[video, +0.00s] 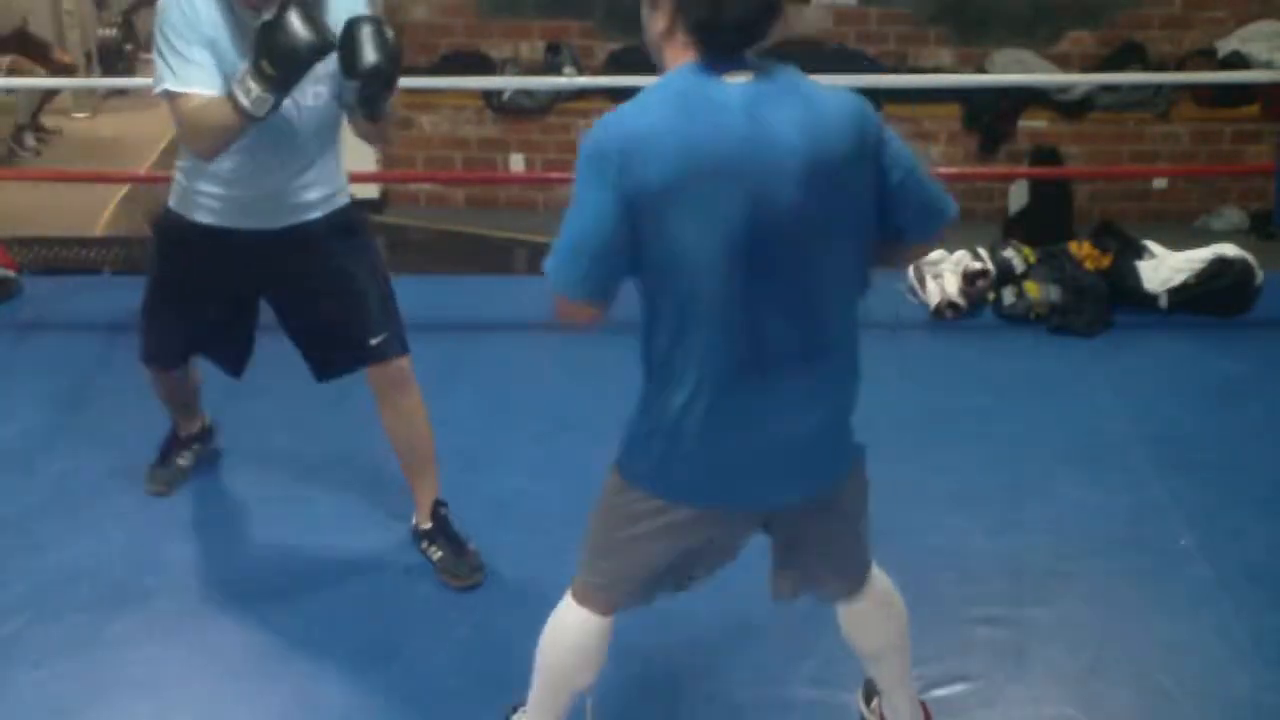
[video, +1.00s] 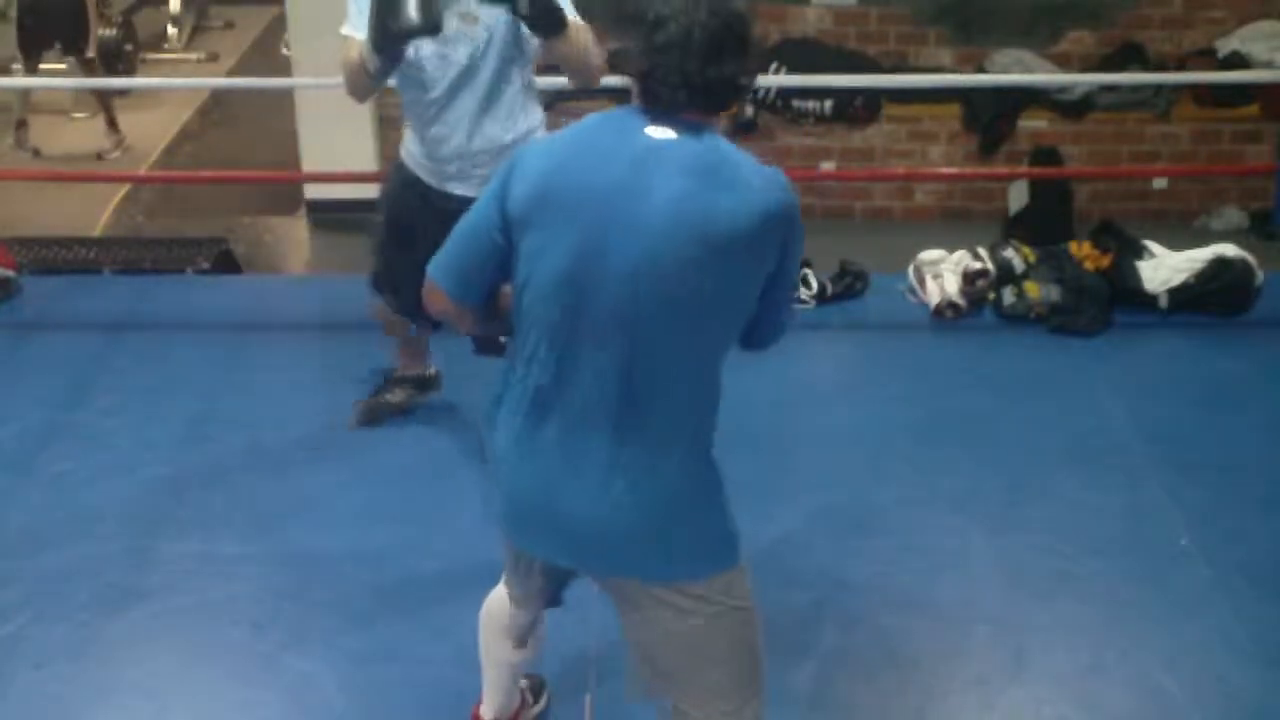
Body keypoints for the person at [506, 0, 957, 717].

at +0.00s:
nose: (646, 15)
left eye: (649, 5)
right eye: (649, 4)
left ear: (668, 16)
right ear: (760, 21)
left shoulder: (624, 139)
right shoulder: (841, 117)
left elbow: (577, 304)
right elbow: (923, 225)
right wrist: (823, 249)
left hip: (685, 446)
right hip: (815, 434)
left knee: (591, 603)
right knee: (855, 584)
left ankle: (538, 715)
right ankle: (903, 710)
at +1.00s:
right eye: (747, 70)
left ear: (635, 67)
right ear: (738, 85)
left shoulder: (543, 159)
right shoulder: (762, 196)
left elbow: (444, 294)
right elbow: (759, 329)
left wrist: (504, 323)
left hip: (531, 478)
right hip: (659, 511)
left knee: (520, 597)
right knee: (726, 705)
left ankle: (497, 705)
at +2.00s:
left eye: (415, 18)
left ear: (421, 16)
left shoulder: (408, 87)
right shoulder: (565, 38)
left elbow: (400, 185)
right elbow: (641, 10)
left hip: (456, 330)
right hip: (553, 338)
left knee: (462, 428)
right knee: (536, 548)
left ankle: (442, 562)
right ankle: (456, 713)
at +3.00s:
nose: (666, 11)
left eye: (667, 7)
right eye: (665, 4)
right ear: (640, 1)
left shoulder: (590, 34)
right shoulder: (555, 55)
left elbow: (618, 137)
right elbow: (618, 178)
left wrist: (661, 87)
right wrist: (676, 100)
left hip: (545, 256)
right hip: (495, 272)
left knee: (596, 358)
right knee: (523, 468)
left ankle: (592, 488)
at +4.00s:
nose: (589, 25)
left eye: (590, 17)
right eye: (587, 13)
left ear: (560, 7)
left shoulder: (527, 62)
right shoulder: (429, 55)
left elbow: (504, 196)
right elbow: (379, 198)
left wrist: (554, 269)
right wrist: (511, 245)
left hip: (496, 334)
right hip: (400, 342)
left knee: (531, 494)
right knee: (363, 508)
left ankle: (525, 650)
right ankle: (291, 569)